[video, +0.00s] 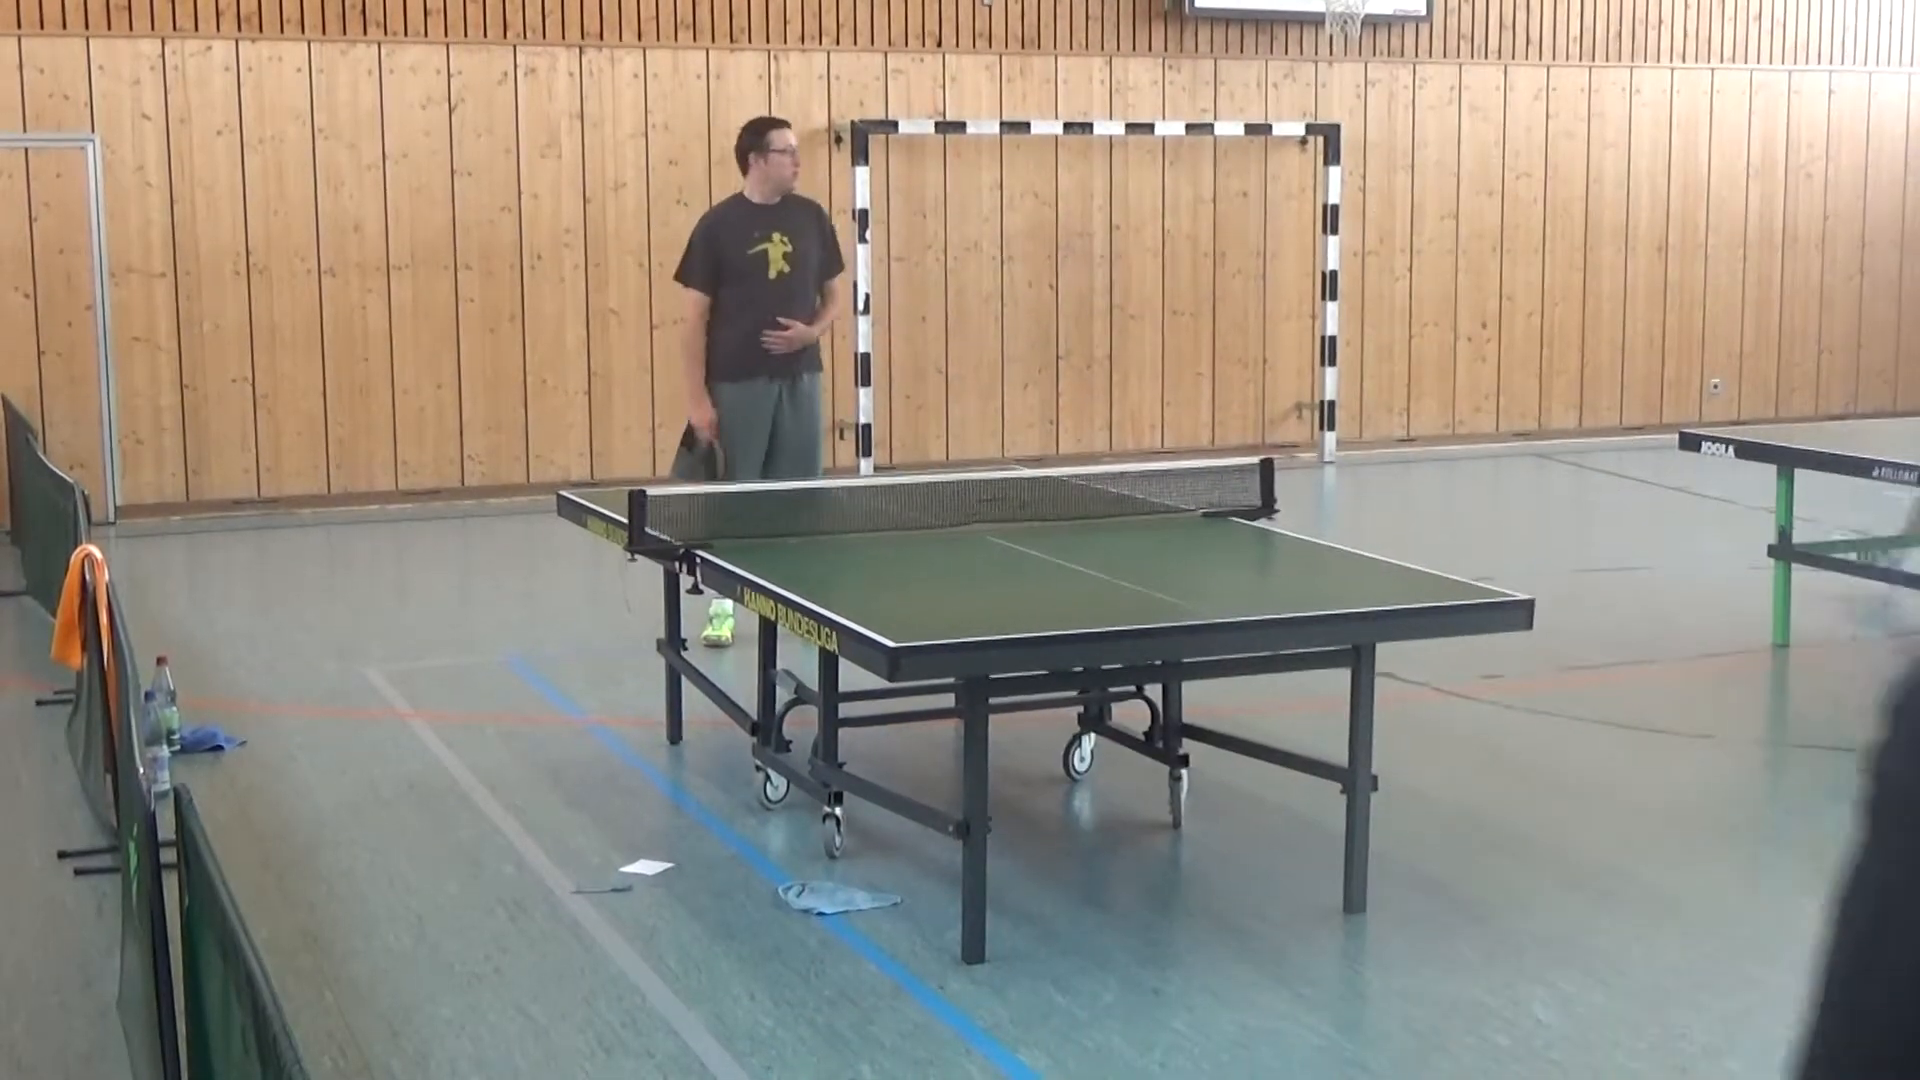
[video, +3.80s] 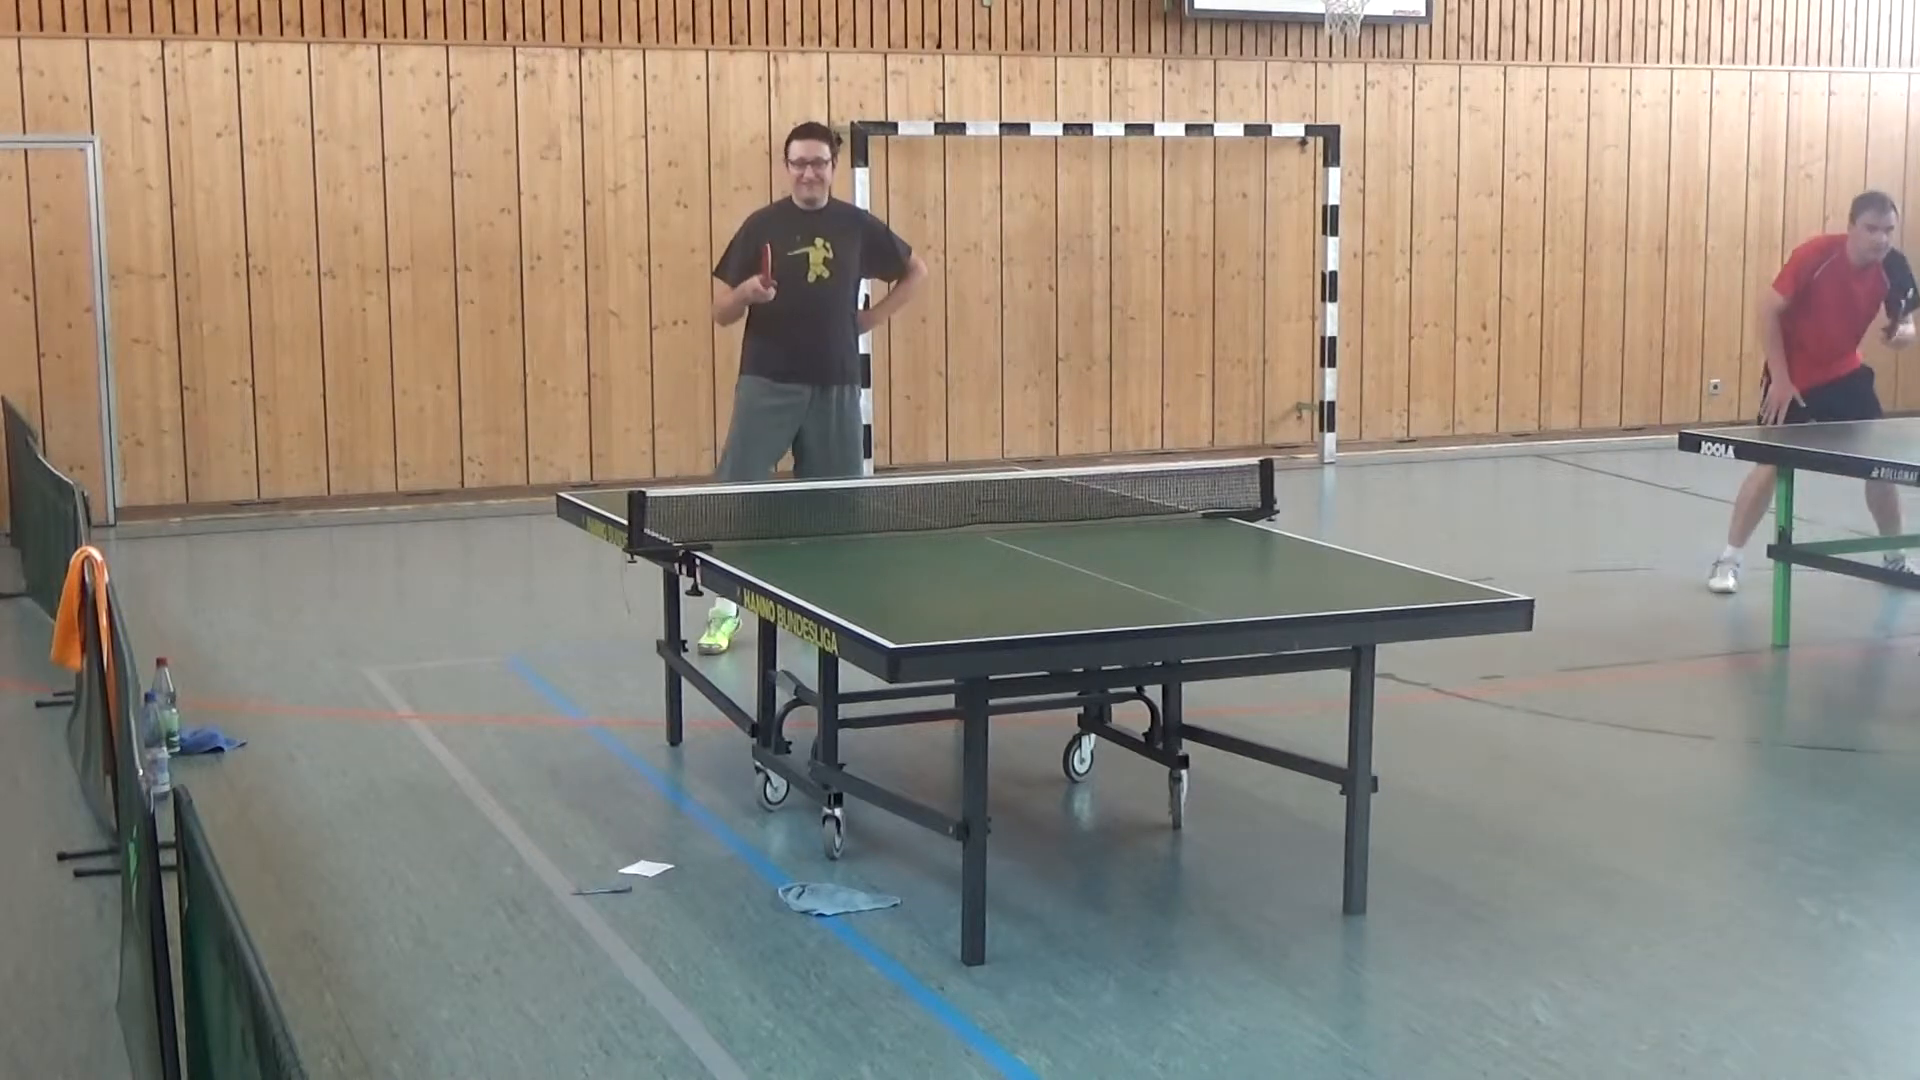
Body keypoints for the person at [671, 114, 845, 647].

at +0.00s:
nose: (796, 161)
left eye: (796, 152)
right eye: (785, 152)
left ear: (790, 159)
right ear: (753, 160)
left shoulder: (812, 217)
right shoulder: (717, 225)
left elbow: (836, 292)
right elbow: (693, 319)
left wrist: (814, 330)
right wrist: (697, 398)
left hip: (801, 382)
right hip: (738, 385)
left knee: (798, 499)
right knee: (731, 501)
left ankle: (795, 603)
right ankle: (722, 603)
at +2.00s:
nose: (808, 173)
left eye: (818, 164)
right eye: (799, 163)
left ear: (830, 168)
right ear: (782, 165)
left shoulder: (851, 224)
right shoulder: (754, 228)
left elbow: (900, 268)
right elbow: (731, 318)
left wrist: (864, 315)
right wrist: (750, 393)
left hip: (835, 392)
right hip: (768, 392)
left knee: (841, 510)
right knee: (745, 506)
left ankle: (842, 613)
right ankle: (729, 608)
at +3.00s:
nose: (809, 172)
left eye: (818, 163)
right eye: (800, 163)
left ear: (831, 166)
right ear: (784, 165)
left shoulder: (853, 224)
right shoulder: (754, 227)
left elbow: (903, 271)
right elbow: (720, 308)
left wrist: (867, 314)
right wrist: (760, 320)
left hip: (835, 388)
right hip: (768, 389)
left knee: (835, 506)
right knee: (748, 502)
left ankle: (833, 612)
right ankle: (729, 607)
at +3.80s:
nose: (809, 172)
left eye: (818, 163)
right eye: (800, 163)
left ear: (833, 166)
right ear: (786, 167)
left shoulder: (858, 225)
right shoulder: (760, 226)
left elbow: (918, 272)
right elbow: (720, 312)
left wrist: (875, 316)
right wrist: (744, 293)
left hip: (837, 389)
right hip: (767, 388)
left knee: (842, 509)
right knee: (735, 498)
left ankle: (843, 615)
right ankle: (727, 606)